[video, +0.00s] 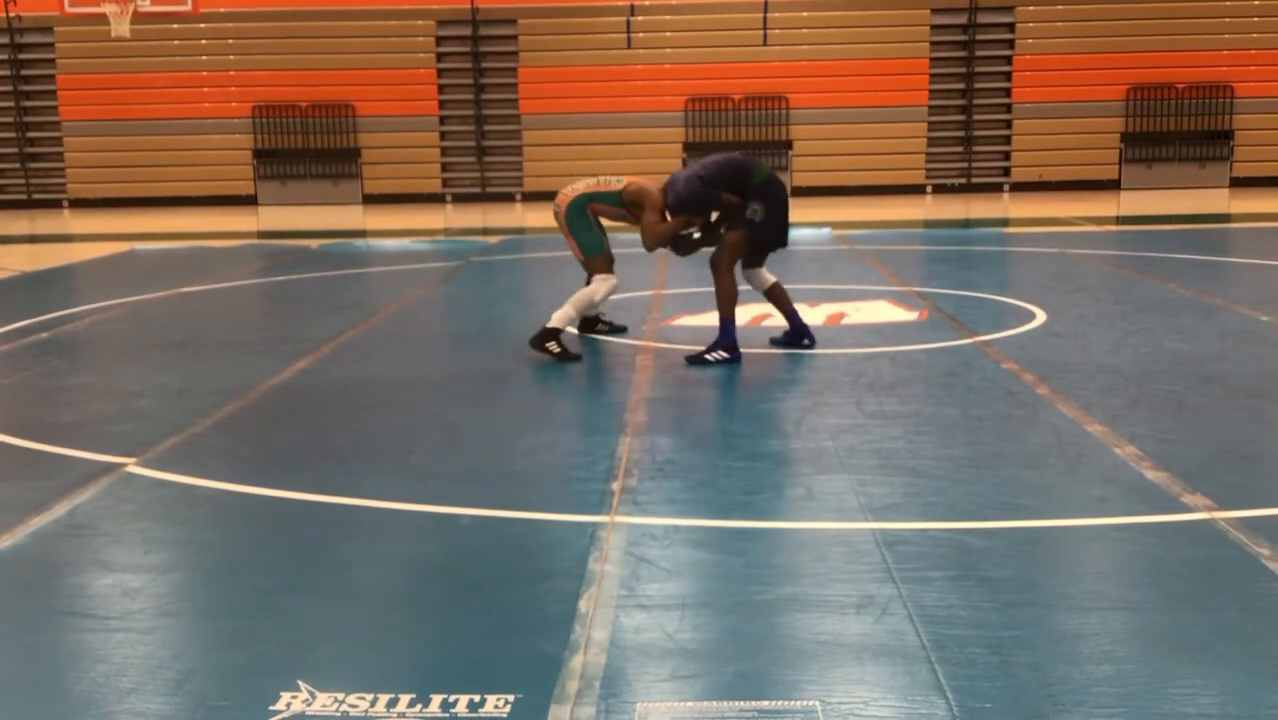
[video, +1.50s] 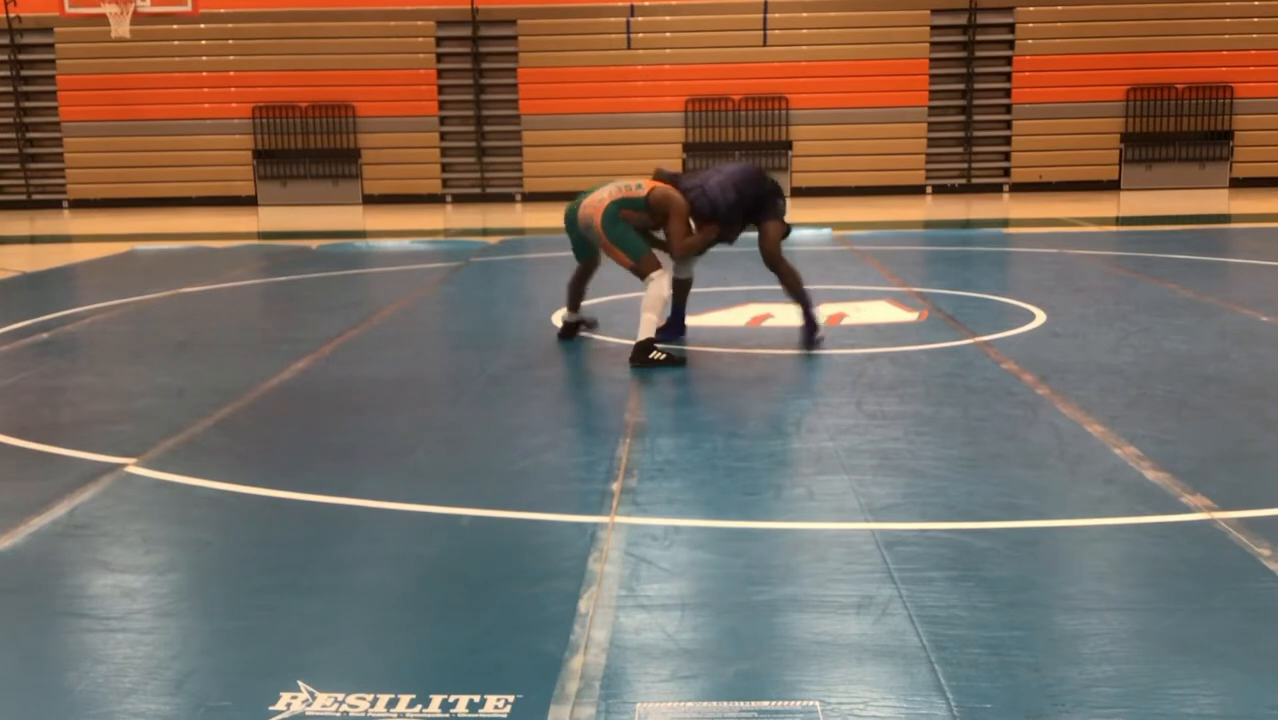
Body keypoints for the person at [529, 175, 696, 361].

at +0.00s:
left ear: (671, 190)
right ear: (678, 197)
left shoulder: (655, 200)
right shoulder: (651, 197)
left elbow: (679, 247)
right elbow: (651, 241)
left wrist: (704, 236)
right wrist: (685, 221)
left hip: (580, 206)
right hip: (573, 208)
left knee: (603, 266)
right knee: (605, 281)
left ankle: (589, 320)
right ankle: (548, 335)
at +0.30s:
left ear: (668, 186)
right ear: (673, 197)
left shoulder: (650, 189)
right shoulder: (646, 190)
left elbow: (638, 228)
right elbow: (637, 232)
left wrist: (658, 231)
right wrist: (677, 213)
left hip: (584, 203)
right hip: (576, 205)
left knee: (606, 261)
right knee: (602, 279)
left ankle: (590, 318)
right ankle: (548, 335)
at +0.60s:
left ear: (669, 176)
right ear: (679, 182)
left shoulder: (655, 186)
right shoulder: (657, 187)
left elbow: (669, 233)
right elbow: (656, 230)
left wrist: (702, 228)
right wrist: (691, 208)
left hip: (571, 201)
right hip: (574, 206)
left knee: (585, 264)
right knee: (603, 285)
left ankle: (586, 320)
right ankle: (546, 338)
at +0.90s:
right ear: (694, 198)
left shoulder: (661, 193)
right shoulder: (670, 200)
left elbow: (681, 246)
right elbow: (682, 253)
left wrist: (703, 223)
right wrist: (709, 222)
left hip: (577, 217)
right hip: (596, 222)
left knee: (603, 267)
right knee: (653, 273)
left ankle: (580, 316)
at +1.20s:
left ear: (682, 179)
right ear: (696, 189)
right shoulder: (673, 193)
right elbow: (681, 231)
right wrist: (709, 210)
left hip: (580, 222)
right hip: (599, 224)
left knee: (615, 271)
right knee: (659, 275)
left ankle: (576, 323)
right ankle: (645, 346)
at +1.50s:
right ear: (704, 202)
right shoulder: (676, 200)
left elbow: (635, 230)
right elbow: (680, 250)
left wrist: (668, 247)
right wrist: (710, 235)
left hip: (575, 213)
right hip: (604, 218)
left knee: (588, 263)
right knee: (658, 277)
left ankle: (570, 321)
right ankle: (645, 346)